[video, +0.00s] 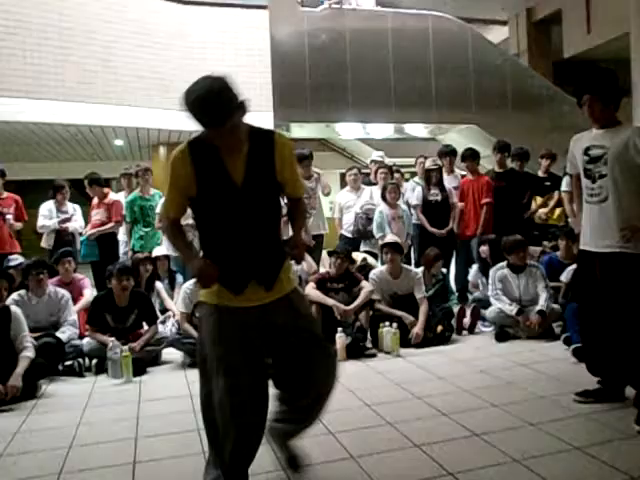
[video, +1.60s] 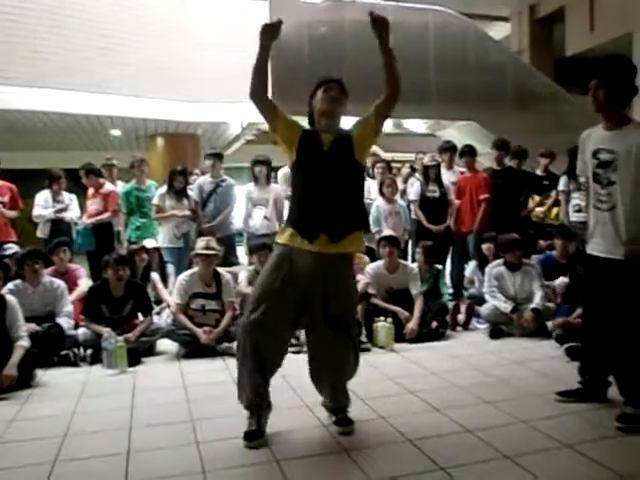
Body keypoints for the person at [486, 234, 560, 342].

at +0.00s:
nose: (522, 255)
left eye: (524, 251)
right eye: (517, 253)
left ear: (527, 251)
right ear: (507, 256)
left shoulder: (536, 269)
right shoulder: (497, 272)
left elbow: (544, 291)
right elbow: (495, 296)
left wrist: (541, 311)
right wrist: (517, 311)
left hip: (532, 307)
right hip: (510, 309)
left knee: (555, 310)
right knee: (492, 314)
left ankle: (514, 333)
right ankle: (539, 331)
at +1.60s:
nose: (517, 254)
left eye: (519, 250)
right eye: (512, 252)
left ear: (522, 251)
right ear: (503, 254)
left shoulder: (531, 268)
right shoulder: (492, 270)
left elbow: (539, 290)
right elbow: (490, 292)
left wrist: (534, 310)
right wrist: (511, 309)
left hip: (526, 304)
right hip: (505, 304)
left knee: (550, 309)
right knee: (487, 311)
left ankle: (508, 330)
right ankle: (531, 329)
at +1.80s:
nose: (511, 230)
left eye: (512, 227)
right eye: (506, 228)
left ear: (515, 227)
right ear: (498, 230)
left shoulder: (523, 244)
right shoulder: (487, 245)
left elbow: (533, 267)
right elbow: (485, 270)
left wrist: (527, 286)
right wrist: (505, 284)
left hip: (520, 280)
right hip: (499, 281)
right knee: (483, 287)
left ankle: (501, 306)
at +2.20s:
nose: (517, 226)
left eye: (518, 222)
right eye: (512, 223)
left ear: (521, 223)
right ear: (502, 226)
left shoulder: (530, 241)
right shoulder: (492, 242)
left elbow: (538, 262)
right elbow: (490, 265)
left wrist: (535, 280)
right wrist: (509, 280)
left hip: (526, 277)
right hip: (504, 277)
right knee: (487, 284)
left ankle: (507, 302)